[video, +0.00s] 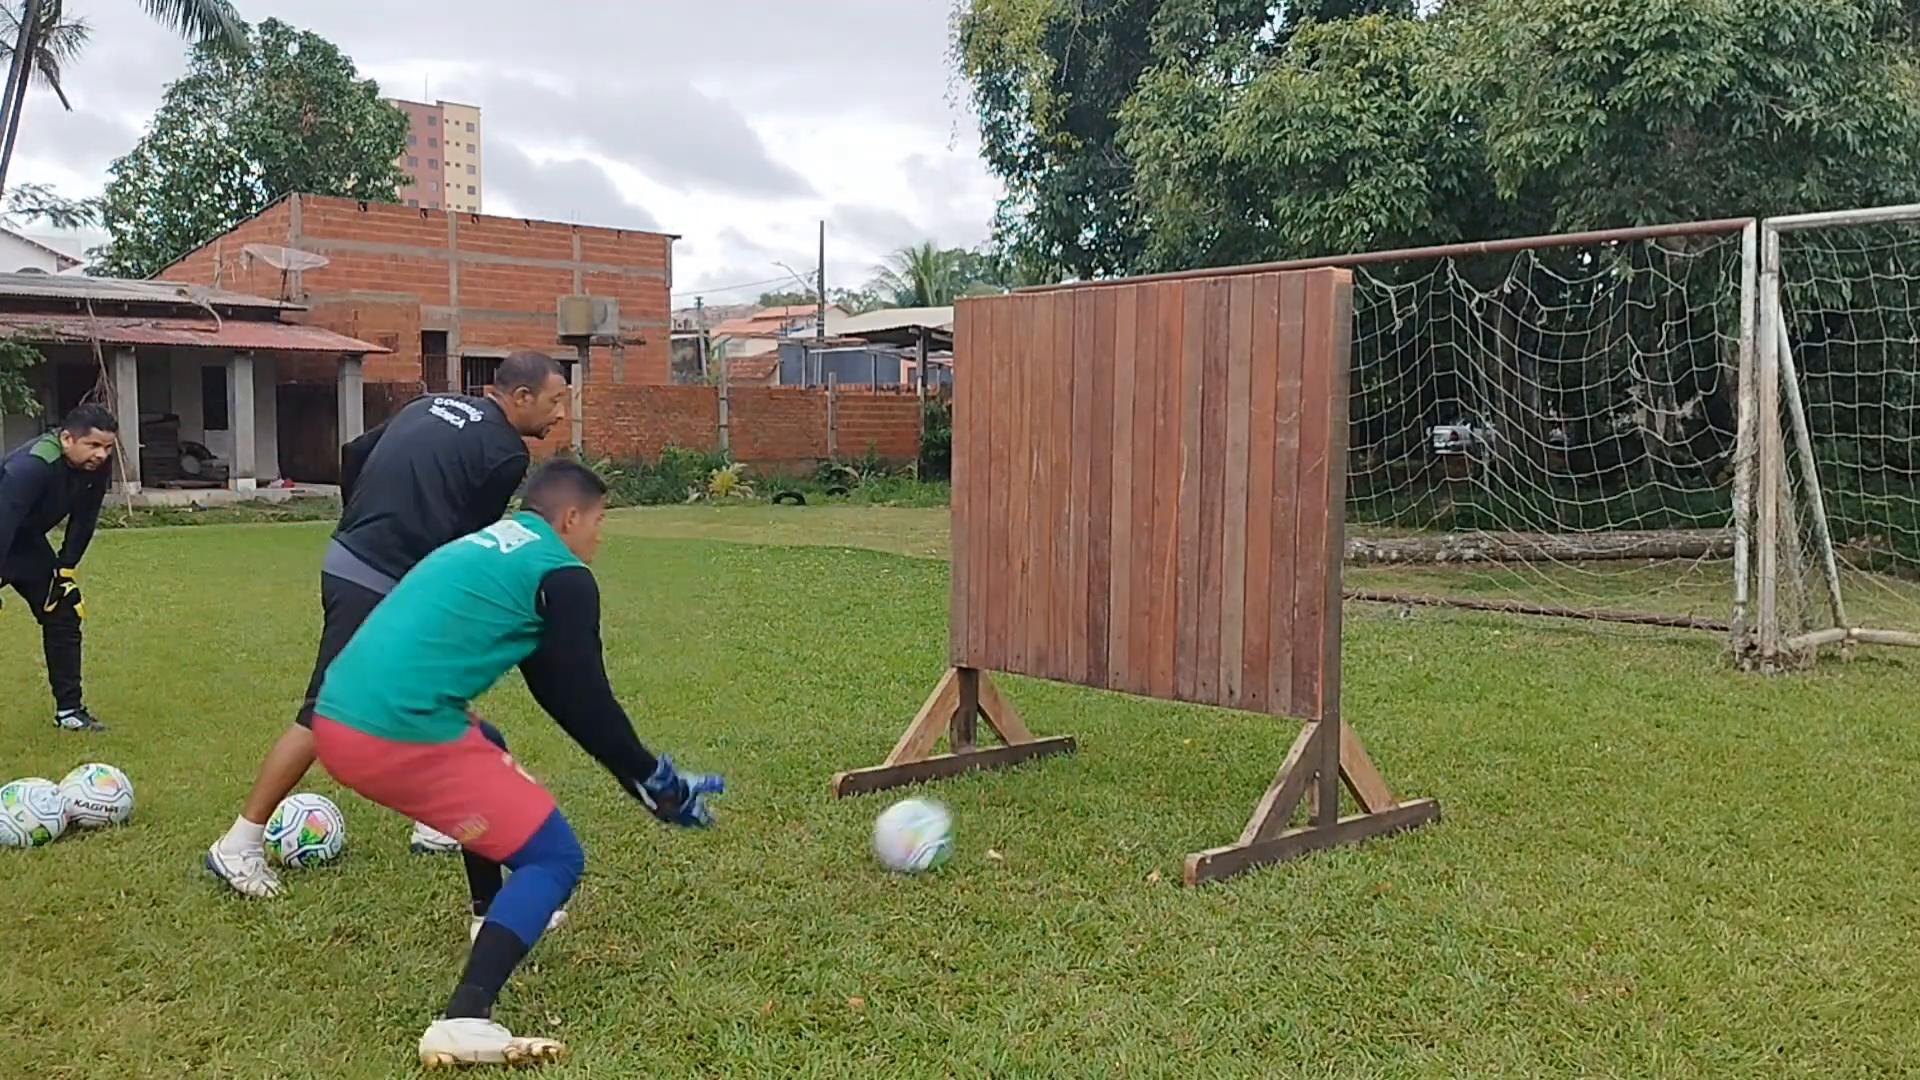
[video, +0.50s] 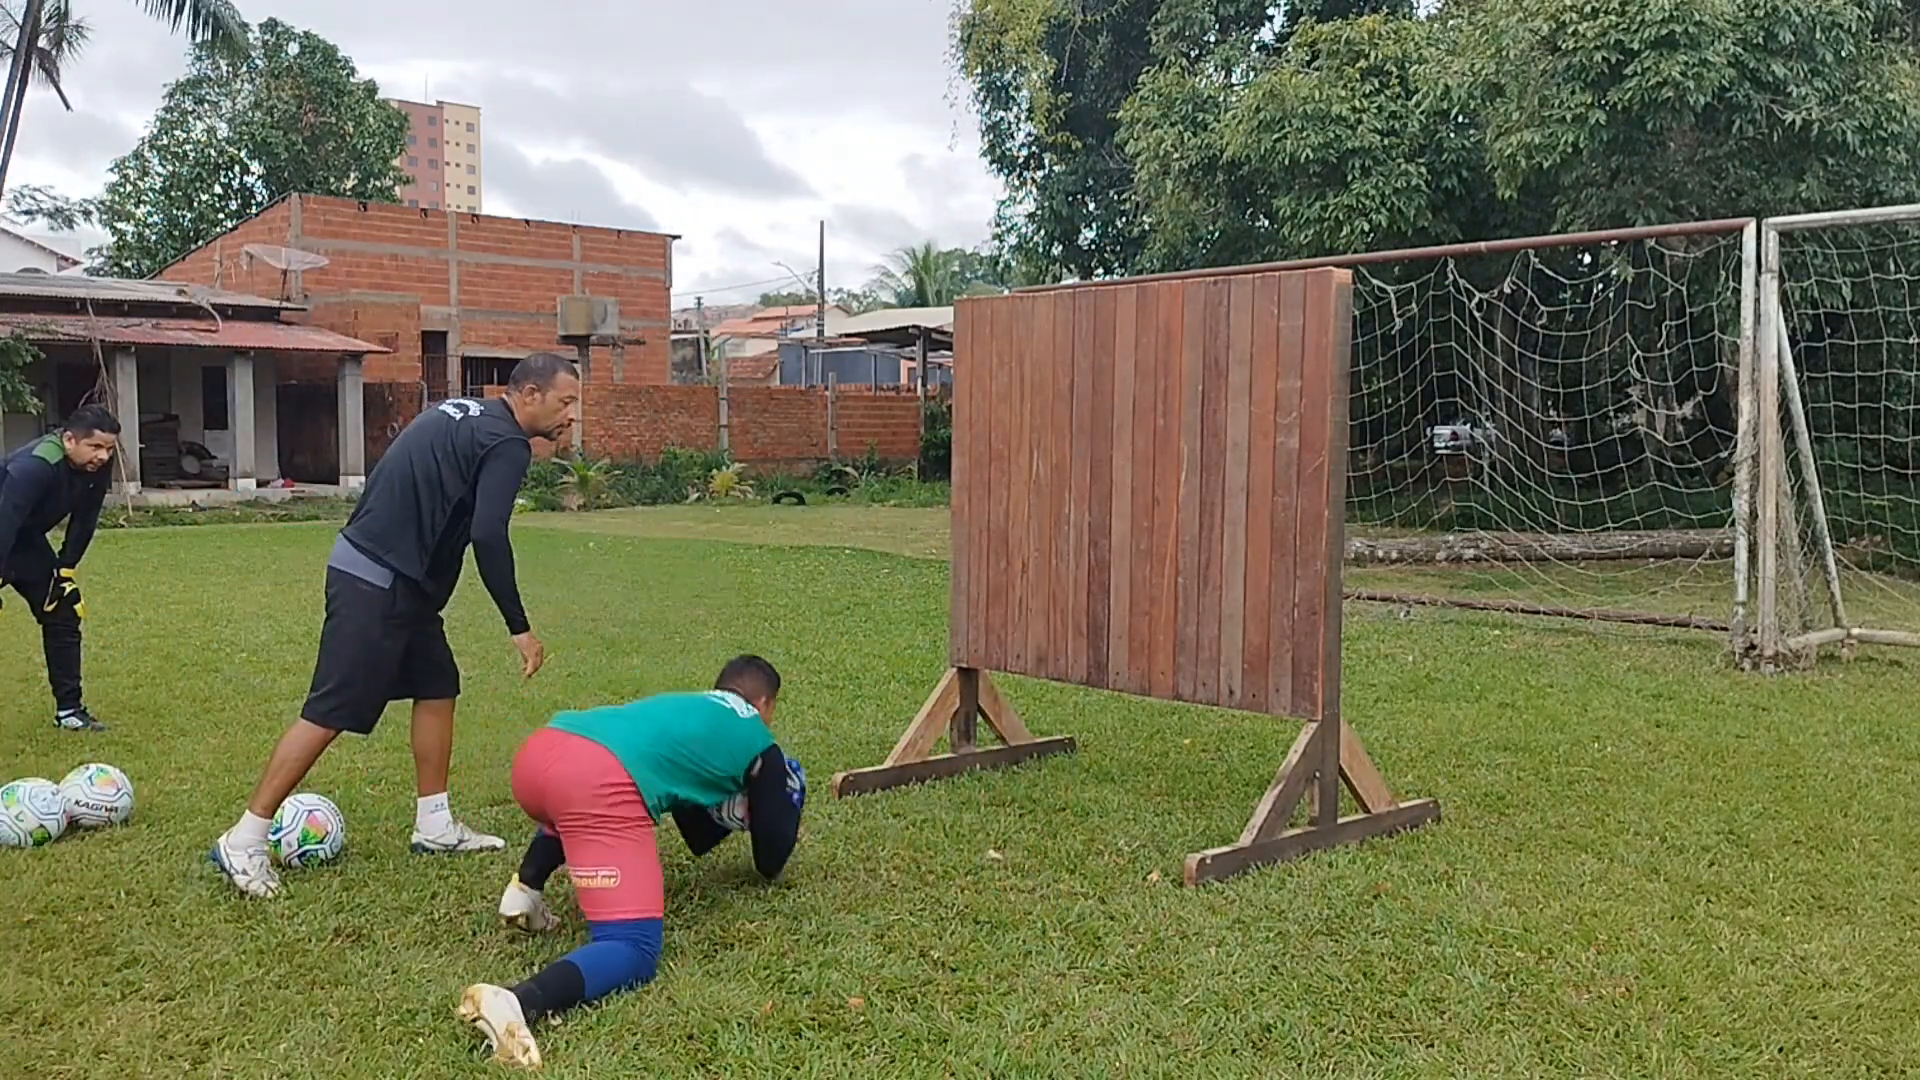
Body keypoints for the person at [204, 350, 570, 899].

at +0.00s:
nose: (558, 413)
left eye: (560, 402)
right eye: (554, 401)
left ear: (500, 389)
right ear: (520, 396)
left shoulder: (432, 405)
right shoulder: (508, 454)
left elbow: (355, 453)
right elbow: (474, 538)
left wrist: (362, 526)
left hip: (344, 567)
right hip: (385, 589)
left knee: (432, 701)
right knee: (318, 718)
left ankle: (433, 820)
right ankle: (238, 844)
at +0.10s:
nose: (568, 423)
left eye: (571, 411)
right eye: (564, 411)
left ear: (519, 401)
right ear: (529, 404)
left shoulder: (441, 408)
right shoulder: (517, 457)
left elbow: (357, 450)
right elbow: (472, 539)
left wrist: (334, 520)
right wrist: (443, 590)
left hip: (351, 562)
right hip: (383, 585)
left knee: (430, 697)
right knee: (329, 716)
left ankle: (436, 822)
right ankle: (238, 843)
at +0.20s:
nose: (574, 425)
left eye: (577, 413)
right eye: (569, 412)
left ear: (525, 403)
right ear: (532, 404)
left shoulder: (450, 411)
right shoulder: (519, 456)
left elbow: (363, 450)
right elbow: (475, 546)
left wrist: (330, 522)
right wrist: (444, 600)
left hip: (356, 561)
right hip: (384, 582)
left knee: (429, 689)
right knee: (332, 713)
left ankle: (436, 822)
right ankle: (239, 842)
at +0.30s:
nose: (574, 424)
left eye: (577, 412)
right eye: (569, 411)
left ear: (526, 401)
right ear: (532, 402)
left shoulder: (454, 411)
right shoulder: (516, 452)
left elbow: (369, 455)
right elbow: (482, 548)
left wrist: (345, 535)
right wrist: (483, 635)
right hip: (379, 582)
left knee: (432, 687)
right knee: (332, 712)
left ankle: (435, 825)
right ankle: (241, 842)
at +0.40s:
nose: (574, 420)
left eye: (577, 409)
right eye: (568, 407)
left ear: (523, 399)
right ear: (529, 398)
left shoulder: (459, 412)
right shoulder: (511, 448)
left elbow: (381, 468)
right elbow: (489, 542)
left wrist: (386, 545)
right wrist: (511, 634)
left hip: (394, 582)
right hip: (375, 580)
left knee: (435, 686)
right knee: (332, 711)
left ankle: (434, 826)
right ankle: (241, 842)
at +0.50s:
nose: (572, 414)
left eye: (575, 404)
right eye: (566, 402)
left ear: (521, 396)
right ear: (527, 395)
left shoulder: (464, 411)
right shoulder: (508, 442)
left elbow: (401, 476)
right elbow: (488, 536)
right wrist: (521, 627)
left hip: (400, 582)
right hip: (374, 578)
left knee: (437, 687)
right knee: (333, 709)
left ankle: (435, 827)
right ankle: (242, 841)